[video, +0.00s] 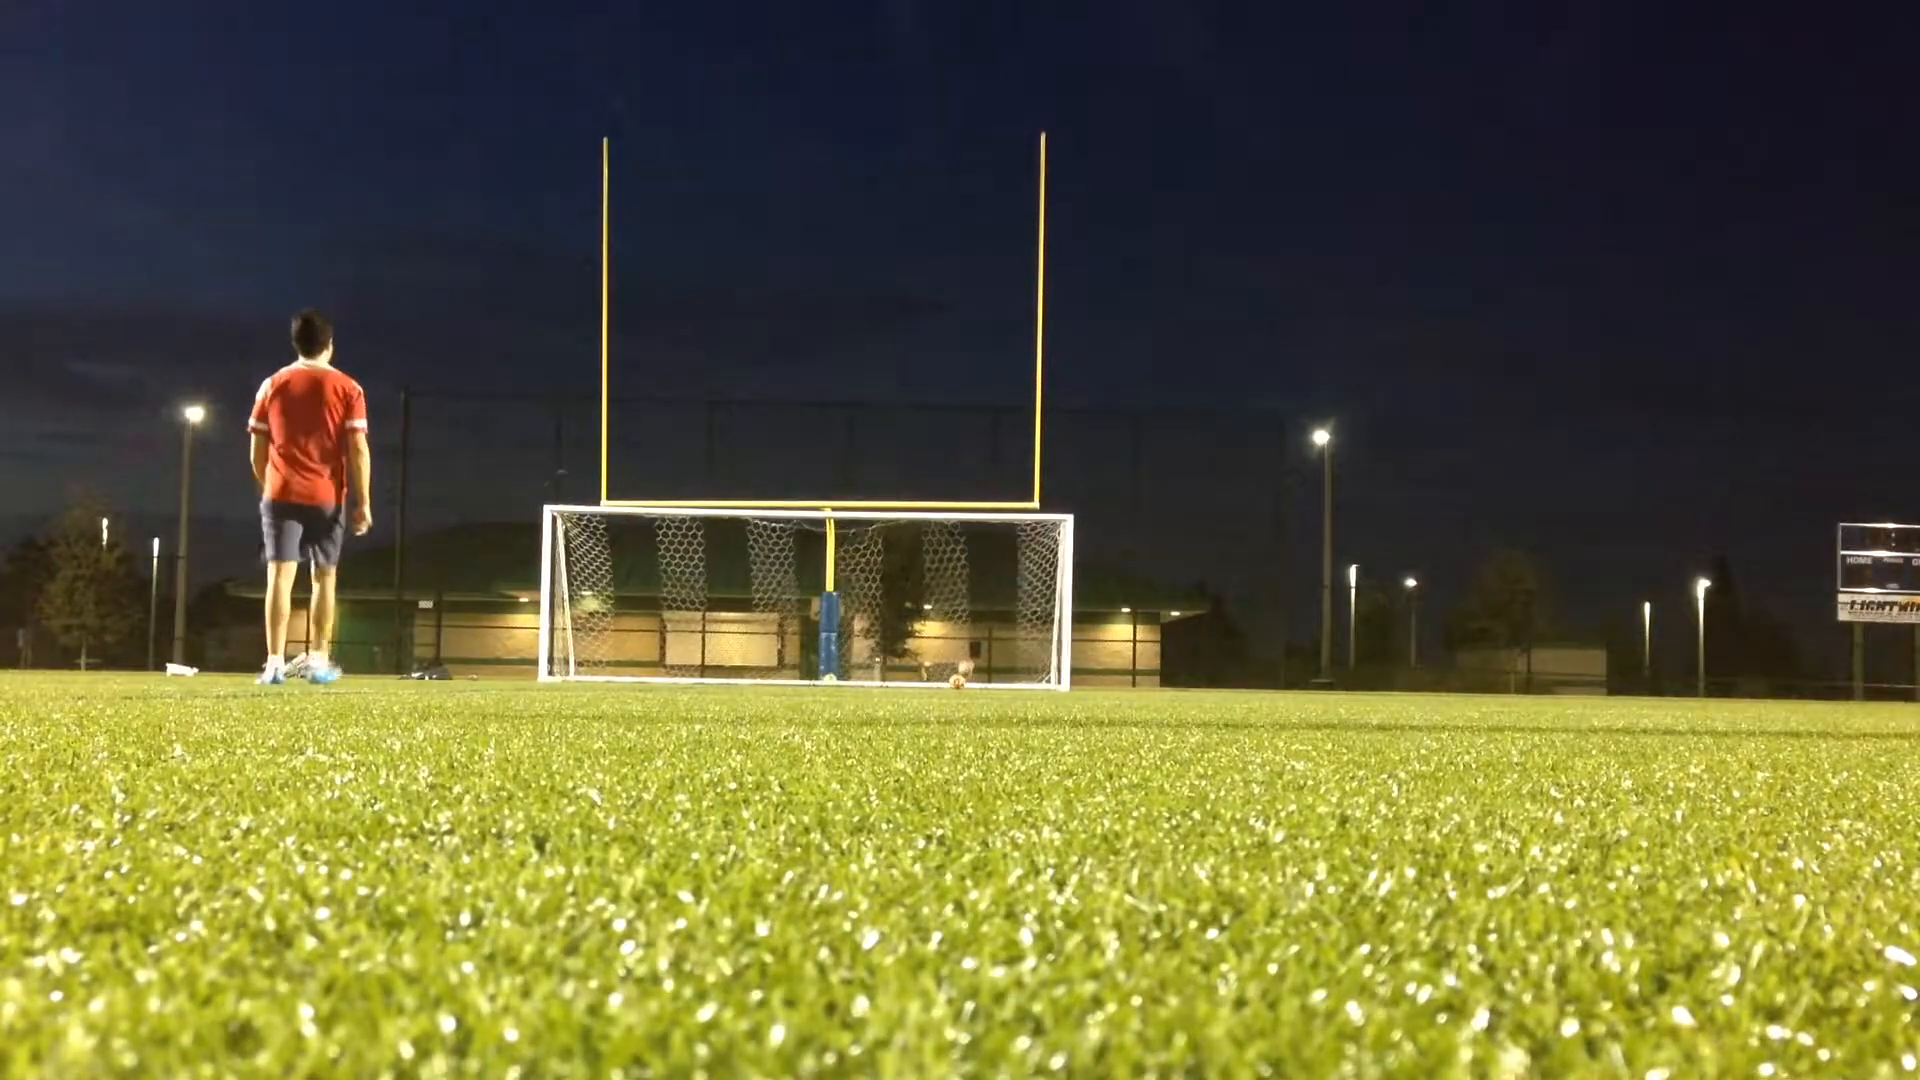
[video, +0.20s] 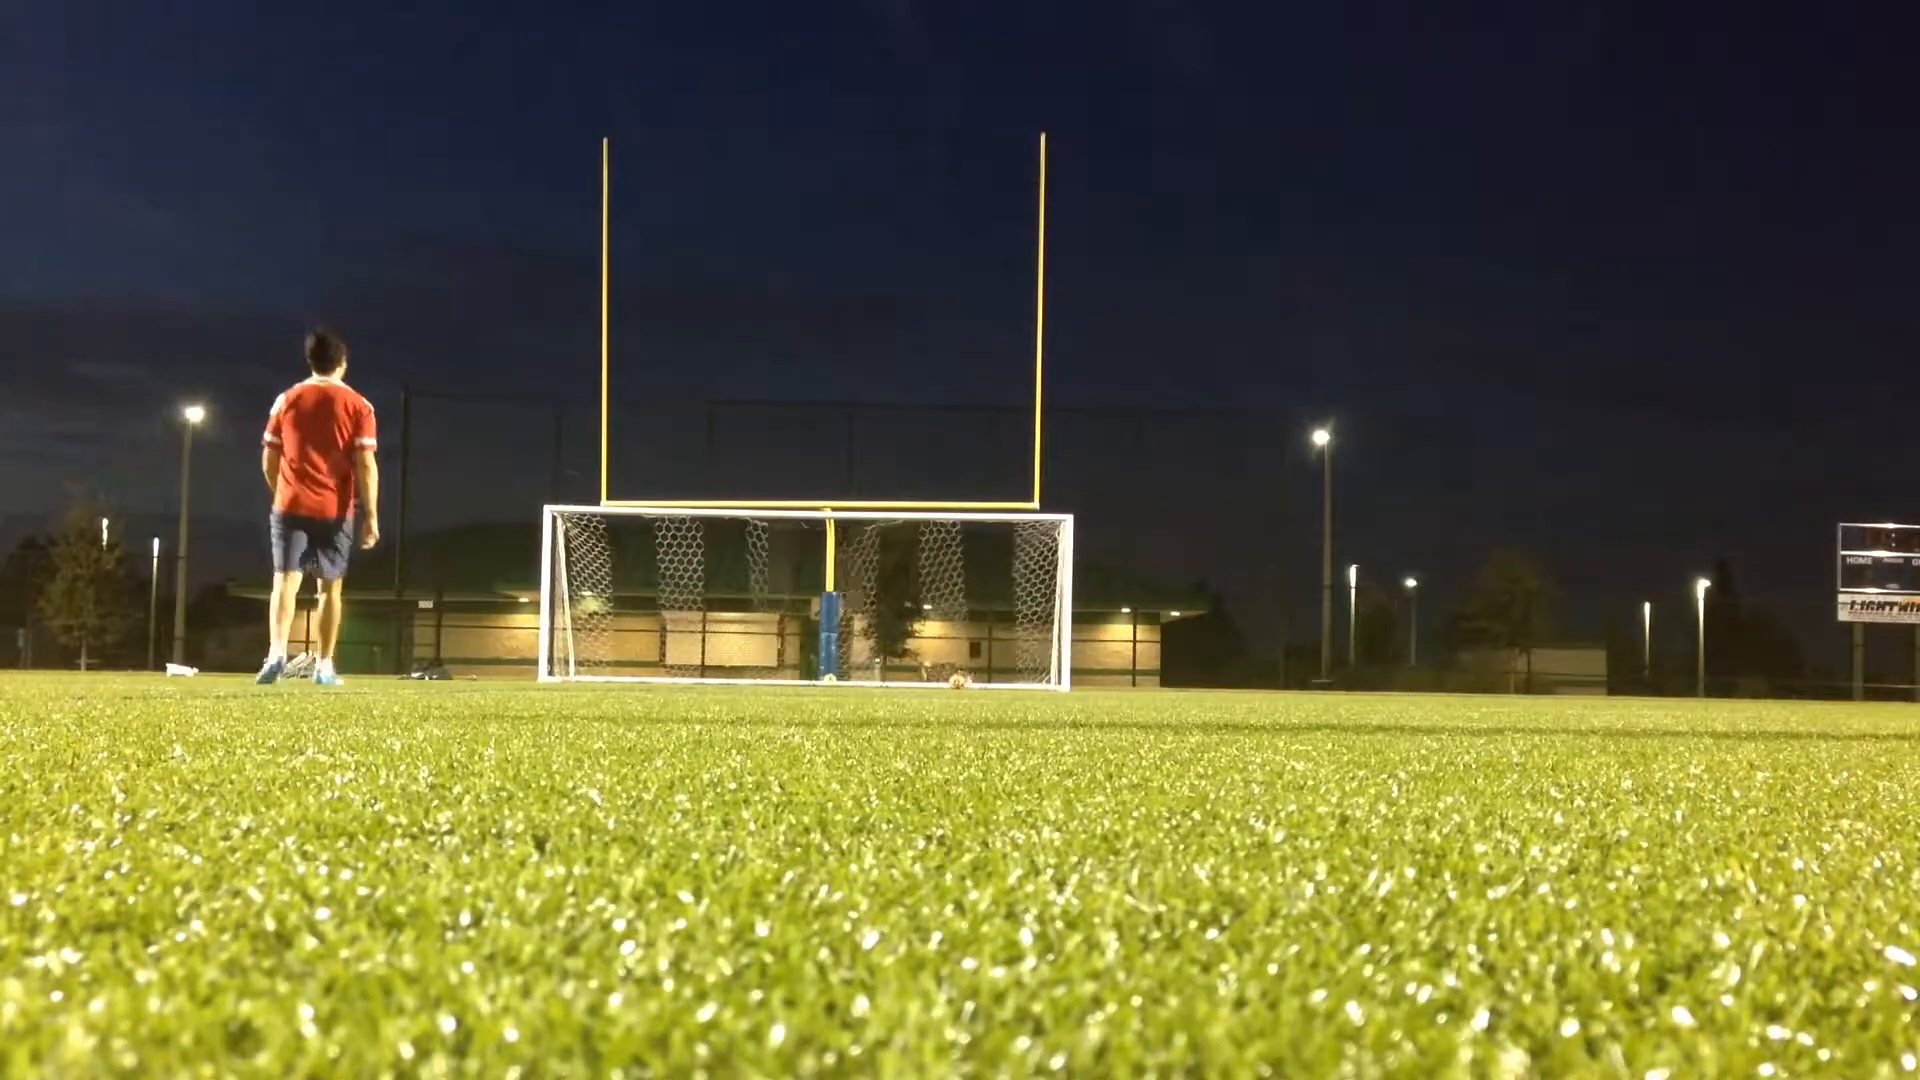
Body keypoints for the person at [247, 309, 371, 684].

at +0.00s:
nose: (329, 347)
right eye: (329, 341)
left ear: (294, 344)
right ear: (329, 344)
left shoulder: (272, 384)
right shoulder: (348, 388)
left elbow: (257, 453)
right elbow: (358, 449)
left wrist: (270, 487)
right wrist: (362, 502)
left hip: (280, 492)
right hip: (326, 495)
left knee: (279, 575)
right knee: (324, 578)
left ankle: (274, 663)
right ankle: (318, 661)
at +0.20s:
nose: (343, 365)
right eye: (344, 360)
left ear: (308, 362)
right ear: (342, 362)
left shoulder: (287, 399)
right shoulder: (358, 405)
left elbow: (269, 458)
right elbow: (366, 462)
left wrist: (281, 493)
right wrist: (371, 514)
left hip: (289, 503)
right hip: (335, 509)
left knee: (284, 579)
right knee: (331, 589)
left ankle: (276, 653)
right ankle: (325, 666)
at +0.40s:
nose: (356, 363)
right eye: (358, 358)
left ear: (325, 360)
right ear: (359, 361)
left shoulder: (305, 398)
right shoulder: (374, 403)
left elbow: (289, 457)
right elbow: (383, 463)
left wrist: (285, 505)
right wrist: (384, 510)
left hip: (309, 501)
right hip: (352, 504)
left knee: (309, 576)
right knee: (339, 586)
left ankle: (300, 643)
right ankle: (325, 664)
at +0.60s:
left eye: (342, 372)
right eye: (366, 372)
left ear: (337, 375)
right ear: (370, 375)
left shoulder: (318, 413)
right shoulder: (386, 416)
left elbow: (303, 468)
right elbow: (397, 473)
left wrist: (294, 517)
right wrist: (392, 502)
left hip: (321, 512)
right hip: (363, 513)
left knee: (331, 588)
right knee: (345, 588)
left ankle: (342, 660)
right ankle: (326, 660)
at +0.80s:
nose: (346, 385)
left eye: (346, 380)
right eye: (351, 380)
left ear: (348, 383)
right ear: (377, 382)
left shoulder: (330, 421)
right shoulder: (397, 422)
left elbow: (316, 477)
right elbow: (406, 476)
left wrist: (309, 523)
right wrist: (404, 517)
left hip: (337, 516)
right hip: (377, 517)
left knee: (345, 591)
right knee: (377, 592)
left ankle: (345, 671)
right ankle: (349, 633)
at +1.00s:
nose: (362, 388)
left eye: (363, 383)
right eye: (365, 383)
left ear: (366, 386)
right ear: (395, 387)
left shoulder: (347, 421)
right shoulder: (411, 426)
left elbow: (332, 476)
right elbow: (418, 480)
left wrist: (343, 508)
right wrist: (424, 527)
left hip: (351, 515)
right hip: (392, 518)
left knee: (351, 592)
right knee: (397, 592)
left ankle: (348, 665)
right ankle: (396, 663)